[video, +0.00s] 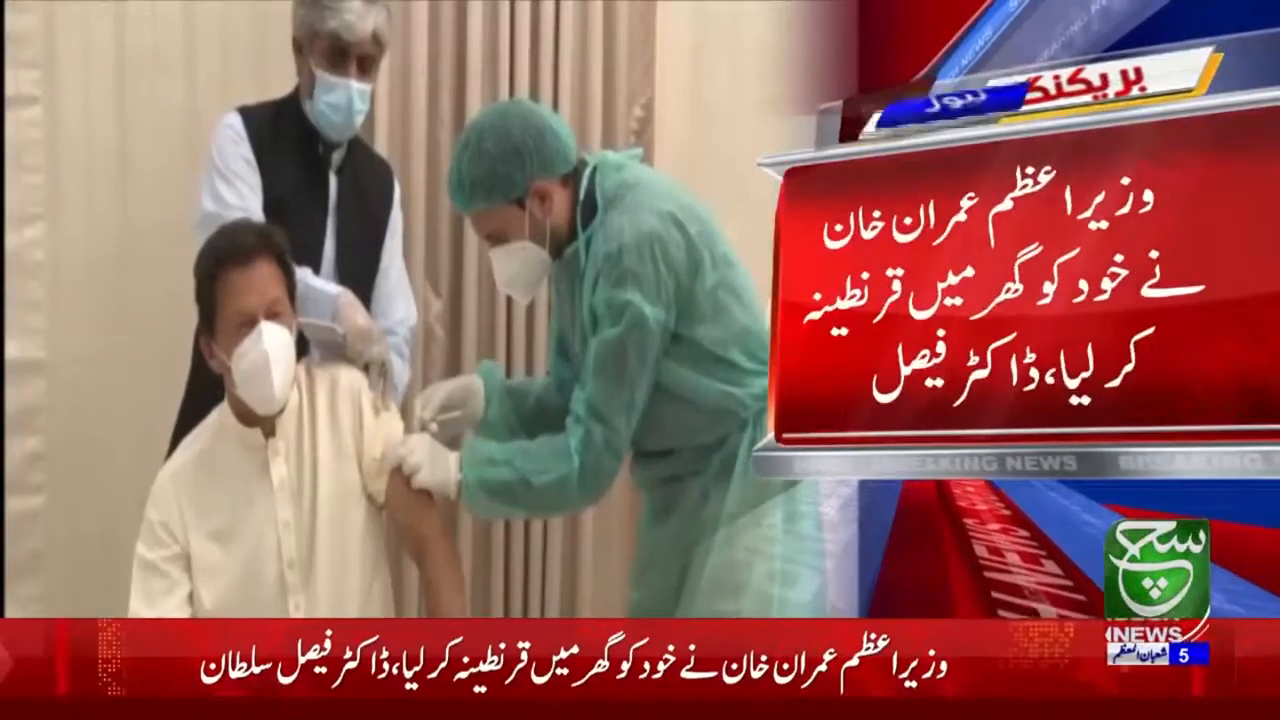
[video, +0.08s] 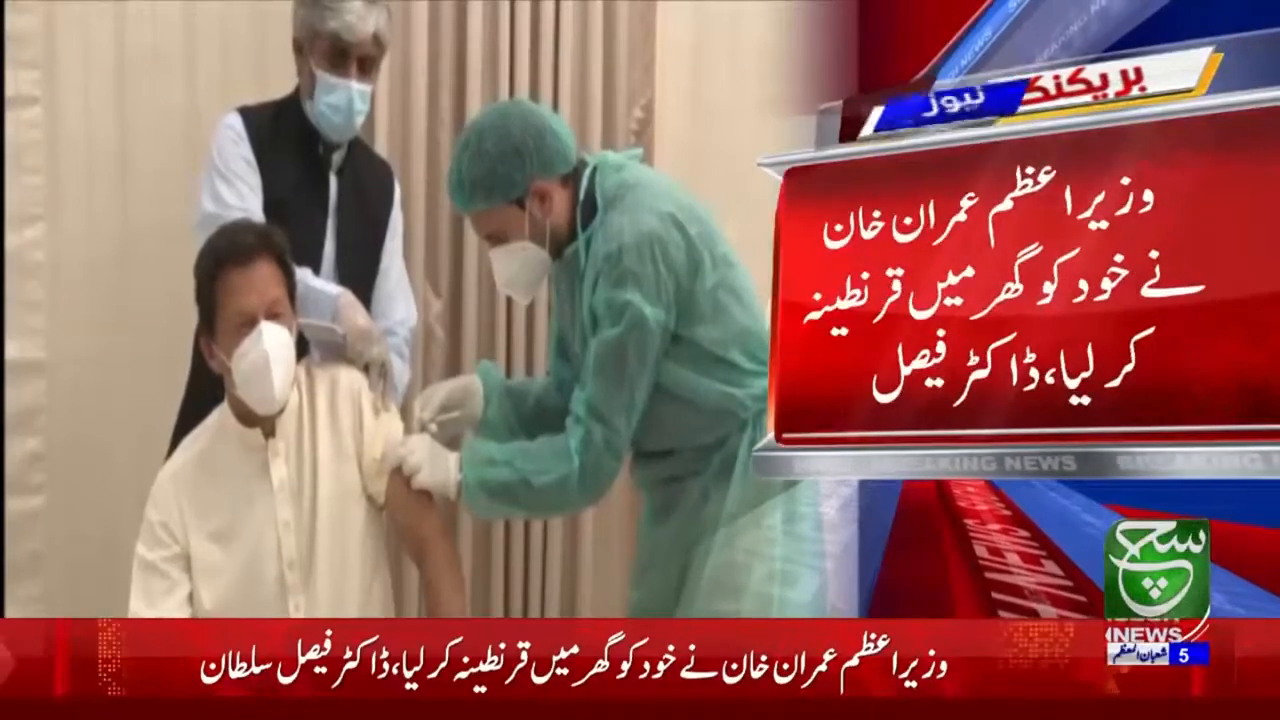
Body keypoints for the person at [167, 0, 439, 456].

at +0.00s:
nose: (351, 82)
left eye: (365, 66)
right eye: (335, 62)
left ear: (379, 67)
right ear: (300, 53)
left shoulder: (379, 178)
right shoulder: (244, 134)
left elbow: (396, 315)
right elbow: (234, 259)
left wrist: (377, 404)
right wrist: (335, 305)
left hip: (337, 406)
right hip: (240, 390)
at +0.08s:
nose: (351, 82)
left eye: (366, 67)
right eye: (336, 62)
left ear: (380, 68)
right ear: (300, 53)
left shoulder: (379, 179)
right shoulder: (244, 134)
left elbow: (396, 315)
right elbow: (234, 259)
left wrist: (377, 400)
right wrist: (335, 306)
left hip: (337, 406)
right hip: (241, 390)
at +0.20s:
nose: (352, 83)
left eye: (366, 67)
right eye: (336, 62)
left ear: (381, 68)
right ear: (301, 53)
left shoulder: (379, 179)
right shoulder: (244, 135)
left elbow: (396, 315)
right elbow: (235, 260)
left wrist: (378, 401)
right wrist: (335, 306)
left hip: (337, 406)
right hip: (240, 390)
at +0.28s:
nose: (352, 83)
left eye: (366, 67)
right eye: (337, 62)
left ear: (381, 68)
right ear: (301, 53)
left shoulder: (379, 179)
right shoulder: (244, 135)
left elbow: (396, 316)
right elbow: (235, 260)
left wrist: (378, 400)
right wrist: (335, 306)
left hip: (337, 406)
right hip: (241, 390)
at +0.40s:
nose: (352, 84)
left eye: (367, 67)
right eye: (337, 63)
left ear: (381, 68)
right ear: (301, 53)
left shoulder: (379, 179)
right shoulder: (245, 135)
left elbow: (396, 316)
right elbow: (234, 260)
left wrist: (378, 400)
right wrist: (335, 306)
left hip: (337, 406)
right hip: (240, 390)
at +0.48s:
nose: (352, 83)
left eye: (367, 67)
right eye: (336, 62)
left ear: (381, 68)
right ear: (302, 53)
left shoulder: (380, 180)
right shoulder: (245, 136)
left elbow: (396, 316)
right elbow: (234, 260)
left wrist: (376, 405)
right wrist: (336, 306)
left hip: (336, 406)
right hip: (240, 390)